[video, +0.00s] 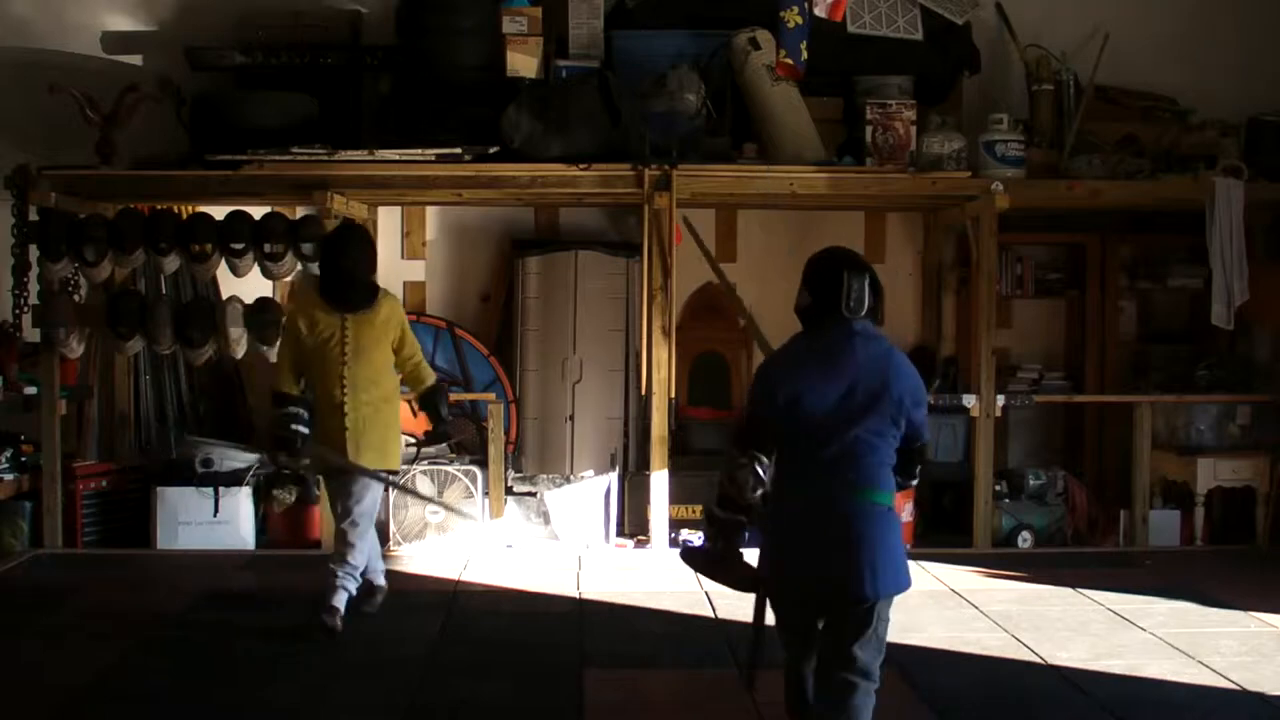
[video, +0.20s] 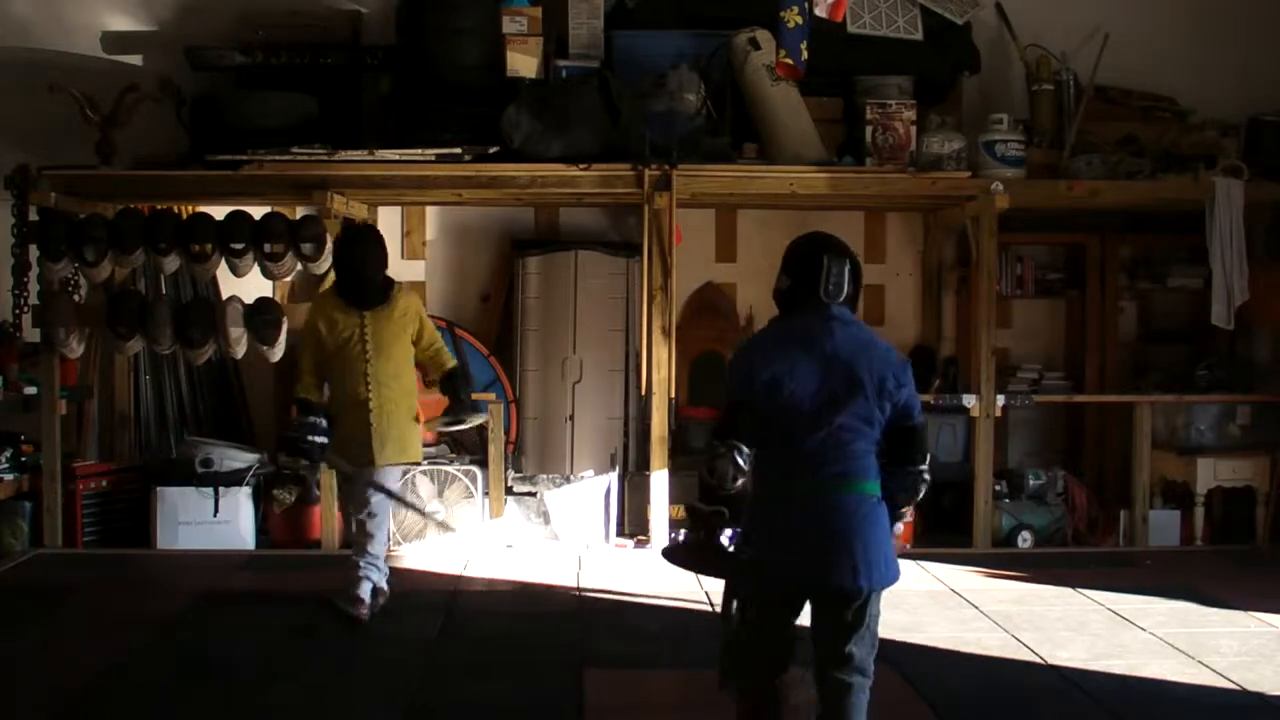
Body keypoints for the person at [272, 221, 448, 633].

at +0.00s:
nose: (349, 291)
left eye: (356, 279)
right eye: (341, 280)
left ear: (368, 272)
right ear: (328, 274)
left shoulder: (387, 309)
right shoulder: (306, 308)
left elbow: (412, 362)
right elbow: (288, 367)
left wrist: (437, 406)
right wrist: (288, 412)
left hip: (374, 429)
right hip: (327, 429)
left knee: (356, 514)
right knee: (347, 511)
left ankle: (338, 594)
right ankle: (375, 578)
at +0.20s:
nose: (359, 276)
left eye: (367, 267)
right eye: (350, 267)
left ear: (382, 265)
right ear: (339, 267)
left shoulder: (406, 304)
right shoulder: (325, 308)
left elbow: (432, 350)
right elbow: (310, 368)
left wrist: (454, 380)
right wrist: (309, 413)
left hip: (395, 425)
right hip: (348, 426)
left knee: (375, 507)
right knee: (357, 508)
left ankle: (363, 582)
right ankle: (375, 576)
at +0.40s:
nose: (379, 268)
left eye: (386, 259)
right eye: (371, 260)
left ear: (399, 257)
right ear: (359, 260)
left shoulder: (425, 296)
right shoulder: (342, 302)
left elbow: (458, 337)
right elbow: (328, 366)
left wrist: (470, 368)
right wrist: (315, 416)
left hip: (415, 417)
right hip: (364, 420)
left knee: (415, 502)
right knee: (370, 509)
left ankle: (429, 577)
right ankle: (378, 584)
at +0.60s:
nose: (406, 268)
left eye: (414, 259)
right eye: (399, 259)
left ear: (429, 259)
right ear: (387, 260)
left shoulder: (452, 297)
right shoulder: (369, 302)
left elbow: (489, 335)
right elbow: (345, 357)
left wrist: (485, 371)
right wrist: (320, 400)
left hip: (441, 419)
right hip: (385, 424)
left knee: (466, 503)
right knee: (379, 512)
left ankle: (490, 571)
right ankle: (380, 586)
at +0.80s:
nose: (448, 273)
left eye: (454, 264)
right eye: (439, 264)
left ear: (467, 263)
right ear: (426, 263)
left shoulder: (489, 301)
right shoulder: (407, 304)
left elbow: (527, 340)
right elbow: (378, 360)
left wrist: (515, 372)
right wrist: (351, 400)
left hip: (475, 423)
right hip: (419, 424)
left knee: (487, 510)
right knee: (400, 509)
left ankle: (501, 576)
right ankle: (383, 585)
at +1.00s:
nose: (485, 275)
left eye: (492, 266)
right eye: (478, 266)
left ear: (502, 265)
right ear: (462, 264)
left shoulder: (517, 303)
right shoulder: (438, 301)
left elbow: (546, 342)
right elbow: (415, 360)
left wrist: (553, 377)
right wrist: (393, 406)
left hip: (500, 421)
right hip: (448, 420)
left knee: (502, 504)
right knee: (426, 498)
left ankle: (503, 575)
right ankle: (402, 574)